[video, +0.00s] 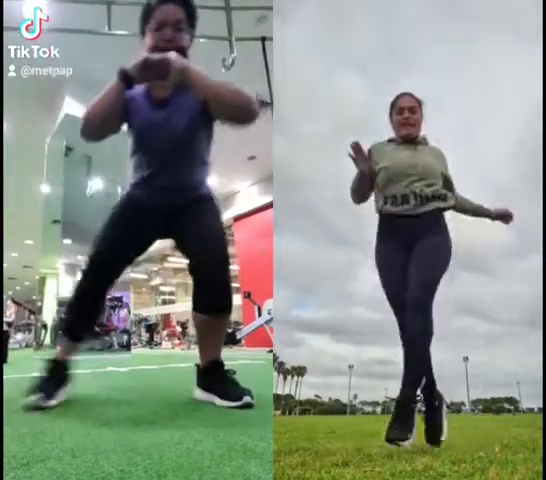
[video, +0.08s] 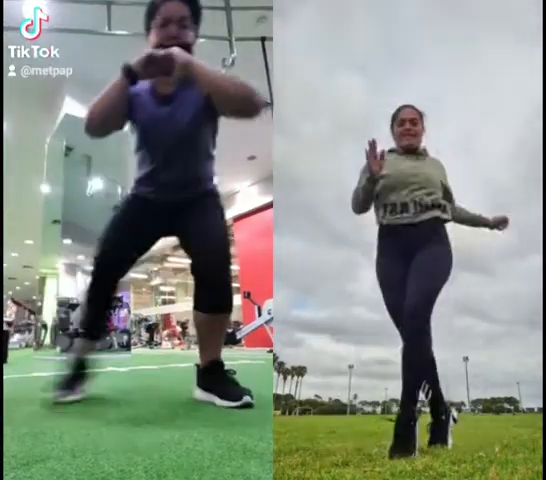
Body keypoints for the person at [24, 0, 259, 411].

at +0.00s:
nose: (169, 36)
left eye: (179, 28)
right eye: (160, 28)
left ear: (191, 38)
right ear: (144, 38)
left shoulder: (202, 88)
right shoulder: (131, 90)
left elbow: (247, 113)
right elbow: (90, 130)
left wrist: (187, 73)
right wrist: (127, 78)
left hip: (193, 202)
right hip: (142, 202)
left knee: (214, 273)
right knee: (98, 273)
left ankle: (211, 372)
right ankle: (58, 369)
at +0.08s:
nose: (172, 33)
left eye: (182, 25)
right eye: (163, 24)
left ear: (195, 36)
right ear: (148, 33)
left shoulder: (206, 84)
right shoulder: (136, 91)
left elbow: (252, 104)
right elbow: (95, 125)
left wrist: (190, 66)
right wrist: (131, 74)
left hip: (199, 201)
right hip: (147, 201)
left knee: (215, 274)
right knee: (107, 265)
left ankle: (211, 373)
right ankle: (78, 367)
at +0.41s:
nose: (191, 33)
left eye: (201, 26)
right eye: (182, 25)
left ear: (214, 37)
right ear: (168, 34)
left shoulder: (224, 86)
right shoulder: (152, 89)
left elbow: (267, 133)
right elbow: (108, 140)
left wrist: (235, 88)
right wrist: (138, 94)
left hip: (208, 198)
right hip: (160, 202)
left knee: (211, 274)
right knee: (179, 289)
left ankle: (211, 371)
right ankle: (205, 360)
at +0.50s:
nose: (187, 18)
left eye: (196, 11)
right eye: (179, 11)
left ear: (208, 21)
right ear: (166, 21)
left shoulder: (218, 73)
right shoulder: (148, 72)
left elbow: (262, 122)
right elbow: (106, 121)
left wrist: (258, 96)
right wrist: (109, 98)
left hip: (206, 187)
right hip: (159, 190)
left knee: (210, 271)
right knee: (168, 281)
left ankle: (211, 370)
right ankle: (193, 350)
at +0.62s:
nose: (175, 9)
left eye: (182, 5)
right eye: (169, 4)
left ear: (194, 11)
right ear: (159, 11)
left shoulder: (214, 50)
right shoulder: (136, 54)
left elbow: (250, 93)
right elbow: (109, 106)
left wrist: (260, 95)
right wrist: (94, 106)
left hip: (203, 167)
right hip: (152, 172)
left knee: (219, 262)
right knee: (146, 261)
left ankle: (227, 363)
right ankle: (156, 337)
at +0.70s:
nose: (163, 6)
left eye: (170, 2)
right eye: (158, 2)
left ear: (184, 9)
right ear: (149, 11)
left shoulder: (205, 45)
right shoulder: (129, 55)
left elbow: (240, 91)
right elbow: (108, 117)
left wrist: (259, 116)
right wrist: (86, 137)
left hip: (198, 161)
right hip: (147, 167)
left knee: (230, 257)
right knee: (124, 264)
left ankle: (258, 349)